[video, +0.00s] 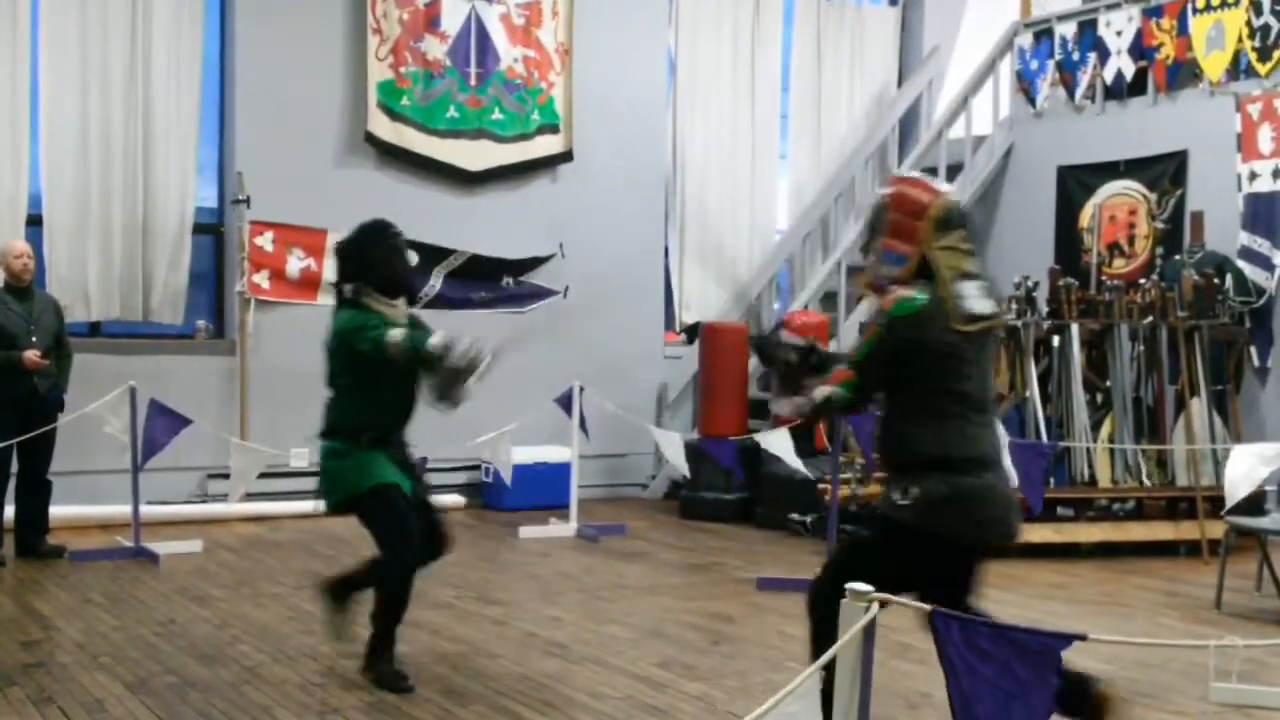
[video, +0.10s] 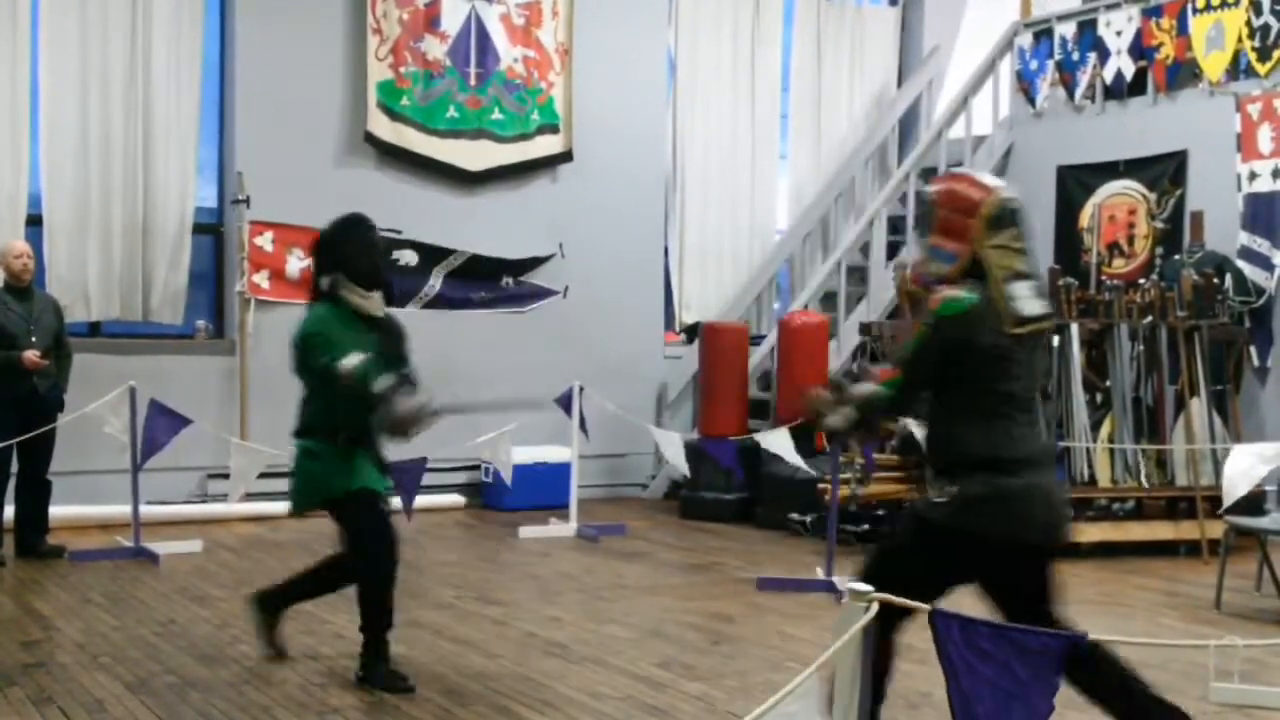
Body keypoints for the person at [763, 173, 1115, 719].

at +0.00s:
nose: (875, 254)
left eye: (884, 241)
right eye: (878, 240)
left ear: (907, 247)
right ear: (946, 243)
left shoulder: (909, 312)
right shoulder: (975, 306)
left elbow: (858, 385)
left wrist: (817, 404)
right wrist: (842, 380)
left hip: (929, 505)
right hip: (984, 502)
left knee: (830, 591)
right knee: (947, 615)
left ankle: (837, 708)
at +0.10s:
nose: (930, 243)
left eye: (938, 230)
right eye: (934, 229)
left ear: (962, 239)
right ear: (995, 238)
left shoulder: (957, 312)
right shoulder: (1028, 304)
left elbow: (903, 391)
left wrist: (850, 410)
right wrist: (870, 396)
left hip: (973, 510)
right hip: (1031, 507)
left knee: (876, 599)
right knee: (1040, 632)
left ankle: (856, 709)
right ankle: (1157, 714)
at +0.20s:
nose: (977, 241)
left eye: (987, 229)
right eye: (981, 227)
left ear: (1009, 234)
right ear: (1049, 228)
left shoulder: (1006, 308)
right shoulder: (1082, 295)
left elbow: (969, 402)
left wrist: (937, 434)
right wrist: (957, 415)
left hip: (1026, 510)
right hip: (1091, 505)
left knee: (932, 622)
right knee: (1117, 635)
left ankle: (883, 710)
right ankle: (1178, 714)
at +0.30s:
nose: (1014, 224)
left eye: (1023, 210)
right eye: (1017, 210)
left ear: (1047, 218)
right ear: (1086, 216)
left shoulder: (1052, 293)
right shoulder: (1124, 282)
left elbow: (1026, 393)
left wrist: (987, 425)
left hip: (1064, 495)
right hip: (1128, 490)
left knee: (962, 594)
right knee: (1144, 633)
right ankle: (1190, 715)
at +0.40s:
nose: (1034, 215)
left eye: (1042, 201)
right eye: (1037, 200)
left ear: (1066, 204)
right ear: (1101, 202)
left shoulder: (1078, 272)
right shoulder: (1144, 263)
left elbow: (1054, 377)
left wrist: (1017, 409)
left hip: (1096, 474)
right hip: (1154, 471)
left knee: (990, 567)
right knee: (1160, 621)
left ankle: (1046, 702)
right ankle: (1194, 711)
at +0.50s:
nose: (1051, 211)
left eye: (1059, 197)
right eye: (1054, 197)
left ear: (1082, 196)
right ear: (1114, 197)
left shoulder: (1097, 263)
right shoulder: (1148, 253)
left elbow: (1063, 364)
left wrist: (1029, 382)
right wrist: (1049, 363)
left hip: (1116, 467)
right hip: (1170, 463)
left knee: (1021, 573)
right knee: (1181, 622)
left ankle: (1104, 699)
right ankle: (1208, 714)